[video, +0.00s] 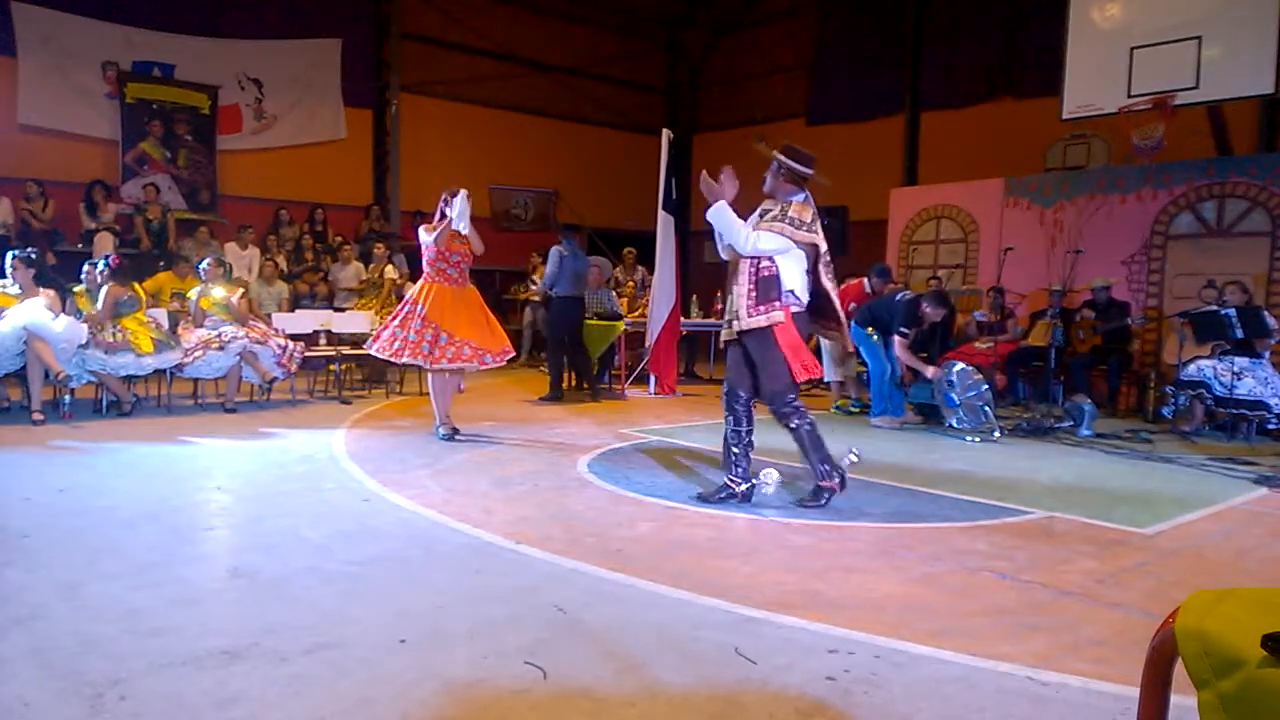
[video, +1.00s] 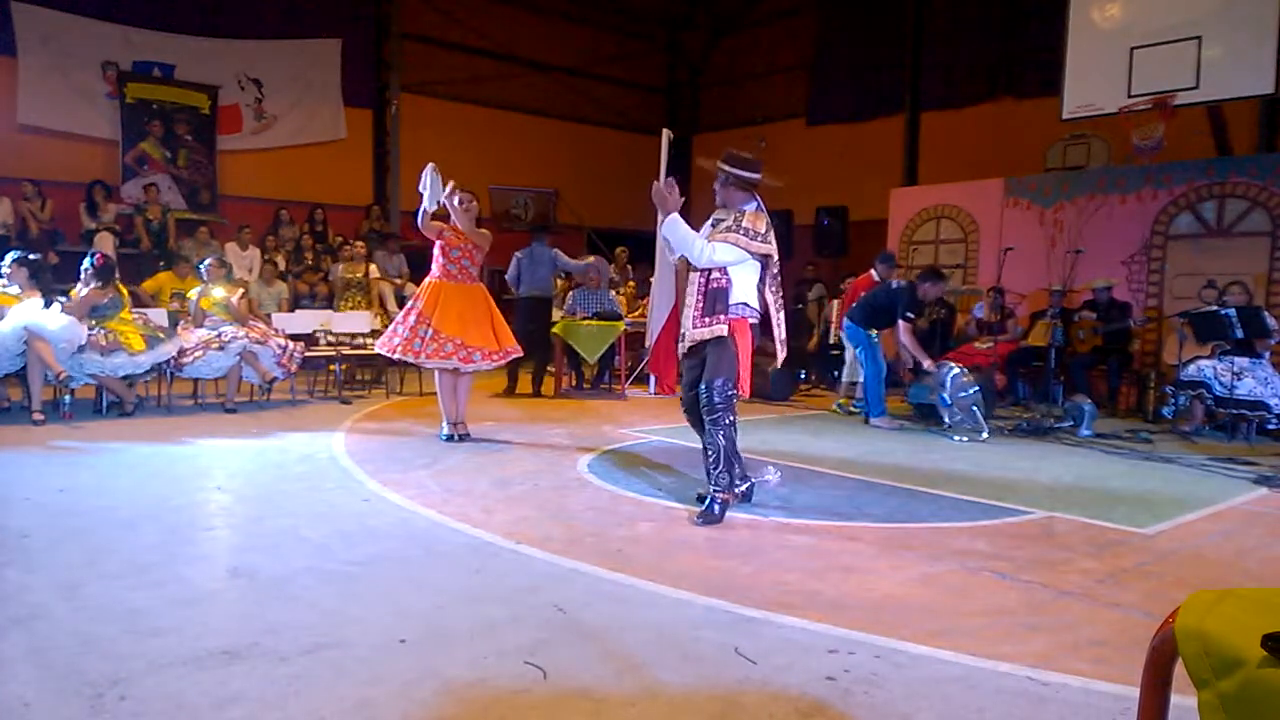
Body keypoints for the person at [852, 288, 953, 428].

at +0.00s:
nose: (938, 320)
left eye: (941, 316)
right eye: (937, 315)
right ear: (925, 307)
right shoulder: (907, 309)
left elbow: (905, 343)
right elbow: (900, 349)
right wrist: (925, 369)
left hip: (884, 331)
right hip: (865, 327)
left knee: (894, 370)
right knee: (881, 368)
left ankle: (898, 411)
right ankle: (879, 414)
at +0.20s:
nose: (940, 311)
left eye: (943, 307)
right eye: (940, 305)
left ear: (929, 297)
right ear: (929, 298)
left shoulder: (915, 302)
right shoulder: (907, 302)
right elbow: (902, 343)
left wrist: (901, 367)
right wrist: (927, 364)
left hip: (877, 330)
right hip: (862, 328)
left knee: (890, 368)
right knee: (881, 367)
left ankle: (897, 411)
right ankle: (879, 414)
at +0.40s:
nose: (939, 305)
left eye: (942, 301)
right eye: (939, 299)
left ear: (927, 291)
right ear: (928, 292)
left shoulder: (913, 299)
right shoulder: (907, 299)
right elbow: (905, 338)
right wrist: (929, 362)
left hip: (874, 330)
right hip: (862, 329)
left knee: (886, 367)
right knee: (881, 367)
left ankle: (894, 409)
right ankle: (880, 414)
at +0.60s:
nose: (940, 298)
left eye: (942, 294)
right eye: (939, 294)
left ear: (925, 287)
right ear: (926, 288)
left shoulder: (913, 295)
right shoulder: (909, 297)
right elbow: (907, 336)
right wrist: (930, 361)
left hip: (869, 327)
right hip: (859, 326)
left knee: (880, 367)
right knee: (879, 367)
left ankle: (880, 413)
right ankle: (879, 414)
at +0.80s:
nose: (940, 297)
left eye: (942, 293)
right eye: (939, 292)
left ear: (925, 286)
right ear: (926, 287)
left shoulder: (912, 293)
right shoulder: (910, 296)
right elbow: (909, 336)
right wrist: (931, 361)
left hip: (866, 326)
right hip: (859, 326)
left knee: (874, 368)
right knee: (876, 368)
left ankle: (874, 412)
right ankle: (878, 415)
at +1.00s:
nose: (939, 296)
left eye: (941, 292)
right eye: (939, 291)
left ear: (925, 285)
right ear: (926, 286)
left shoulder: (907, 290)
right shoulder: (910, 296)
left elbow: (899, 331)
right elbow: (905, 334)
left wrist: (904, 353)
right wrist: (925, 360)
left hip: (864, 327)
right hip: (859, 327)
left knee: (875, 368)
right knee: (876, 368)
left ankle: (874, 412)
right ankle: (877, 415)